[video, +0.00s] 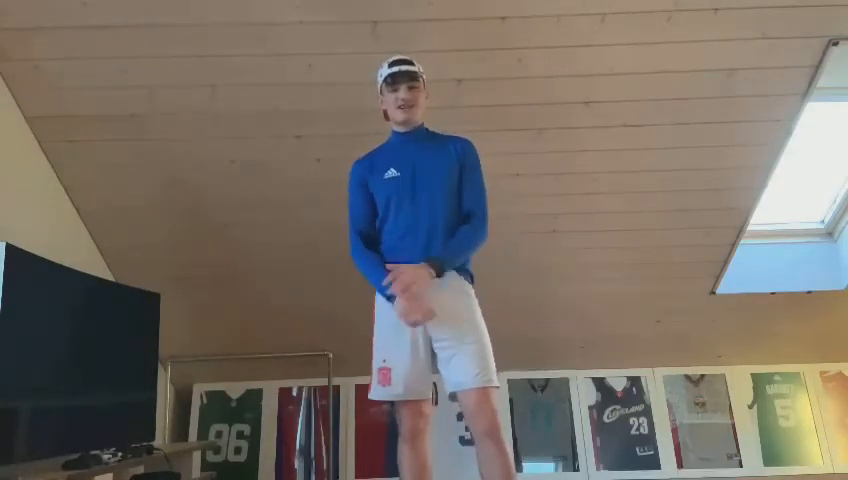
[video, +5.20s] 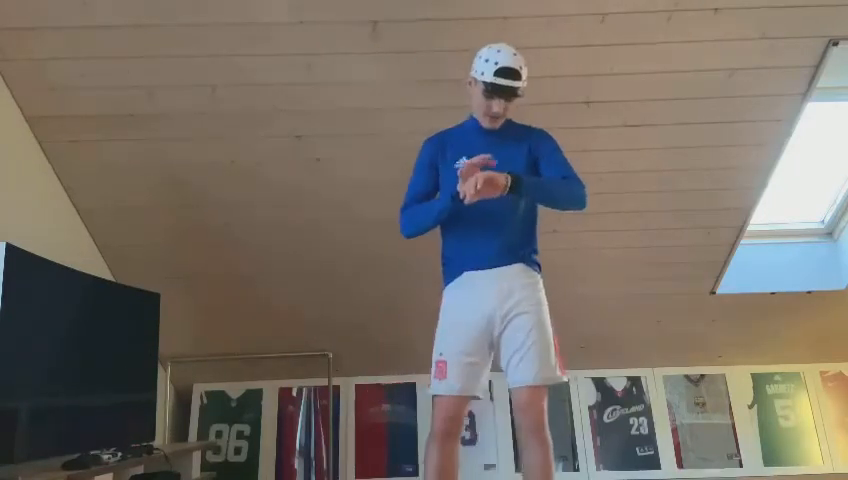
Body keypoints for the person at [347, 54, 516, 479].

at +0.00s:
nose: (404, 95)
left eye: (412, 87)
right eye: (394, 89)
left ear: (425, 95)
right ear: (382, 103)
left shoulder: (459, 150)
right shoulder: (366, 168)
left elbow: (477, 225)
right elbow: (360, 244)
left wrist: (431, 266)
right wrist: (399, 291)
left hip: (451, 292)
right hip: (394, 299)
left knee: (484, 414)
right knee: (413, 418)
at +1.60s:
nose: (410, 97)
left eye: (418, 89)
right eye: (400, 89)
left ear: (429, 99)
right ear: (386, 103)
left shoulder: (460, 152)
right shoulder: (367, 168)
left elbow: (479, 223)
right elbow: (360, 245)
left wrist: (477, 282)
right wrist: (363, 311)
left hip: (454, 291)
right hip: (394, 296)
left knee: (484, 417)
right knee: (412, 421)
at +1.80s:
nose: (407, 95)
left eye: (415, 87)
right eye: (397, 89)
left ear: (426, 96)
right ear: (383, 104)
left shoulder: (459, 151)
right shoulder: (367, 167)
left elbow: (493, 222)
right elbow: (347, 249)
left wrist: (532, 287)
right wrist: (323, 321)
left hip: (452, 293)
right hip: (395, 298)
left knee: (484, 416)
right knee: (412, 420)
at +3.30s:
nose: (413, 95)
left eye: (419, 87)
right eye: (402, 87)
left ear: (426, 96)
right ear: (380, 99)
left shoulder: (454, 150)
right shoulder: (361, 168)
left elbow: (482, 218)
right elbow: (348, 239)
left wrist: (486, 262)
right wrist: (337, 288)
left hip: (451, 294)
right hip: (394, 299)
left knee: (482, 417)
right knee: (411, 422)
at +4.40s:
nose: (412, 115)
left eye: (419, 105)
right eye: (402, 105)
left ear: (428, 105)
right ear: (381, 105)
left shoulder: (455, 151)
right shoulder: (363, 172)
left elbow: (496, 207)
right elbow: (354, 252)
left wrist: (447, 228)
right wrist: (388, 257)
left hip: (466, 289)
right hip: (409, 296)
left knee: (505, 405)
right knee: (418, 419)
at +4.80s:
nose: (452, 107)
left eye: (460, 98)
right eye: (443, 96)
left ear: (469, 96)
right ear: (421, 91)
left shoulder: (487, 146)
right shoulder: (391, 158)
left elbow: (534, 206)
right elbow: (374, 239)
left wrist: (487, 222)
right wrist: (410, 230)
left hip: (486, 289)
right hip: (429, 293)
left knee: (513, 409)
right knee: (430, 420)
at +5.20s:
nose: (498, 106)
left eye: (509, 97)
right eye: (490, 94)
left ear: (519, 94)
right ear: (472, 84)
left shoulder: (534, 141)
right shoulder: (439, 146)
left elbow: (576, 195)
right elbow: (409, 223)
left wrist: (511, 182)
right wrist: (455, 192)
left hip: (522, 288)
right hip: (463, 293)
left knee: (532, 413)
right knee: (447, 419)